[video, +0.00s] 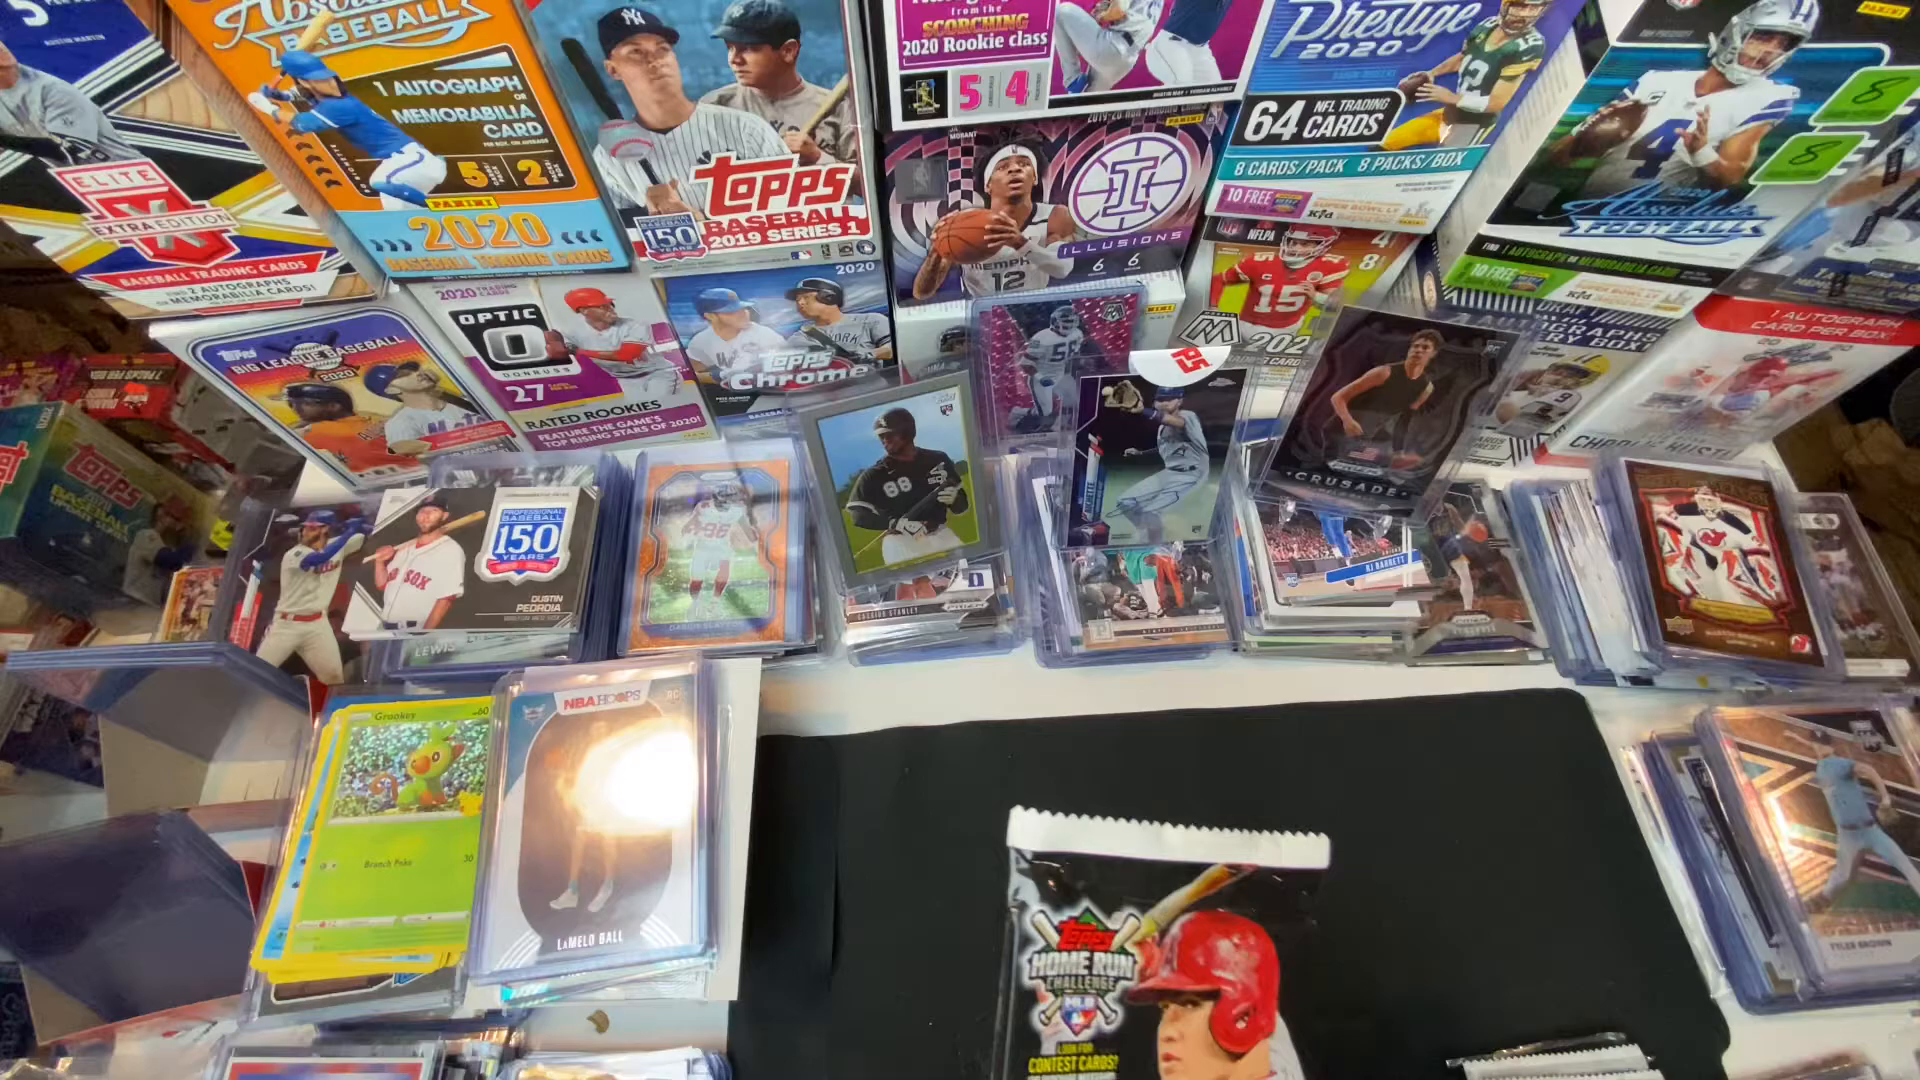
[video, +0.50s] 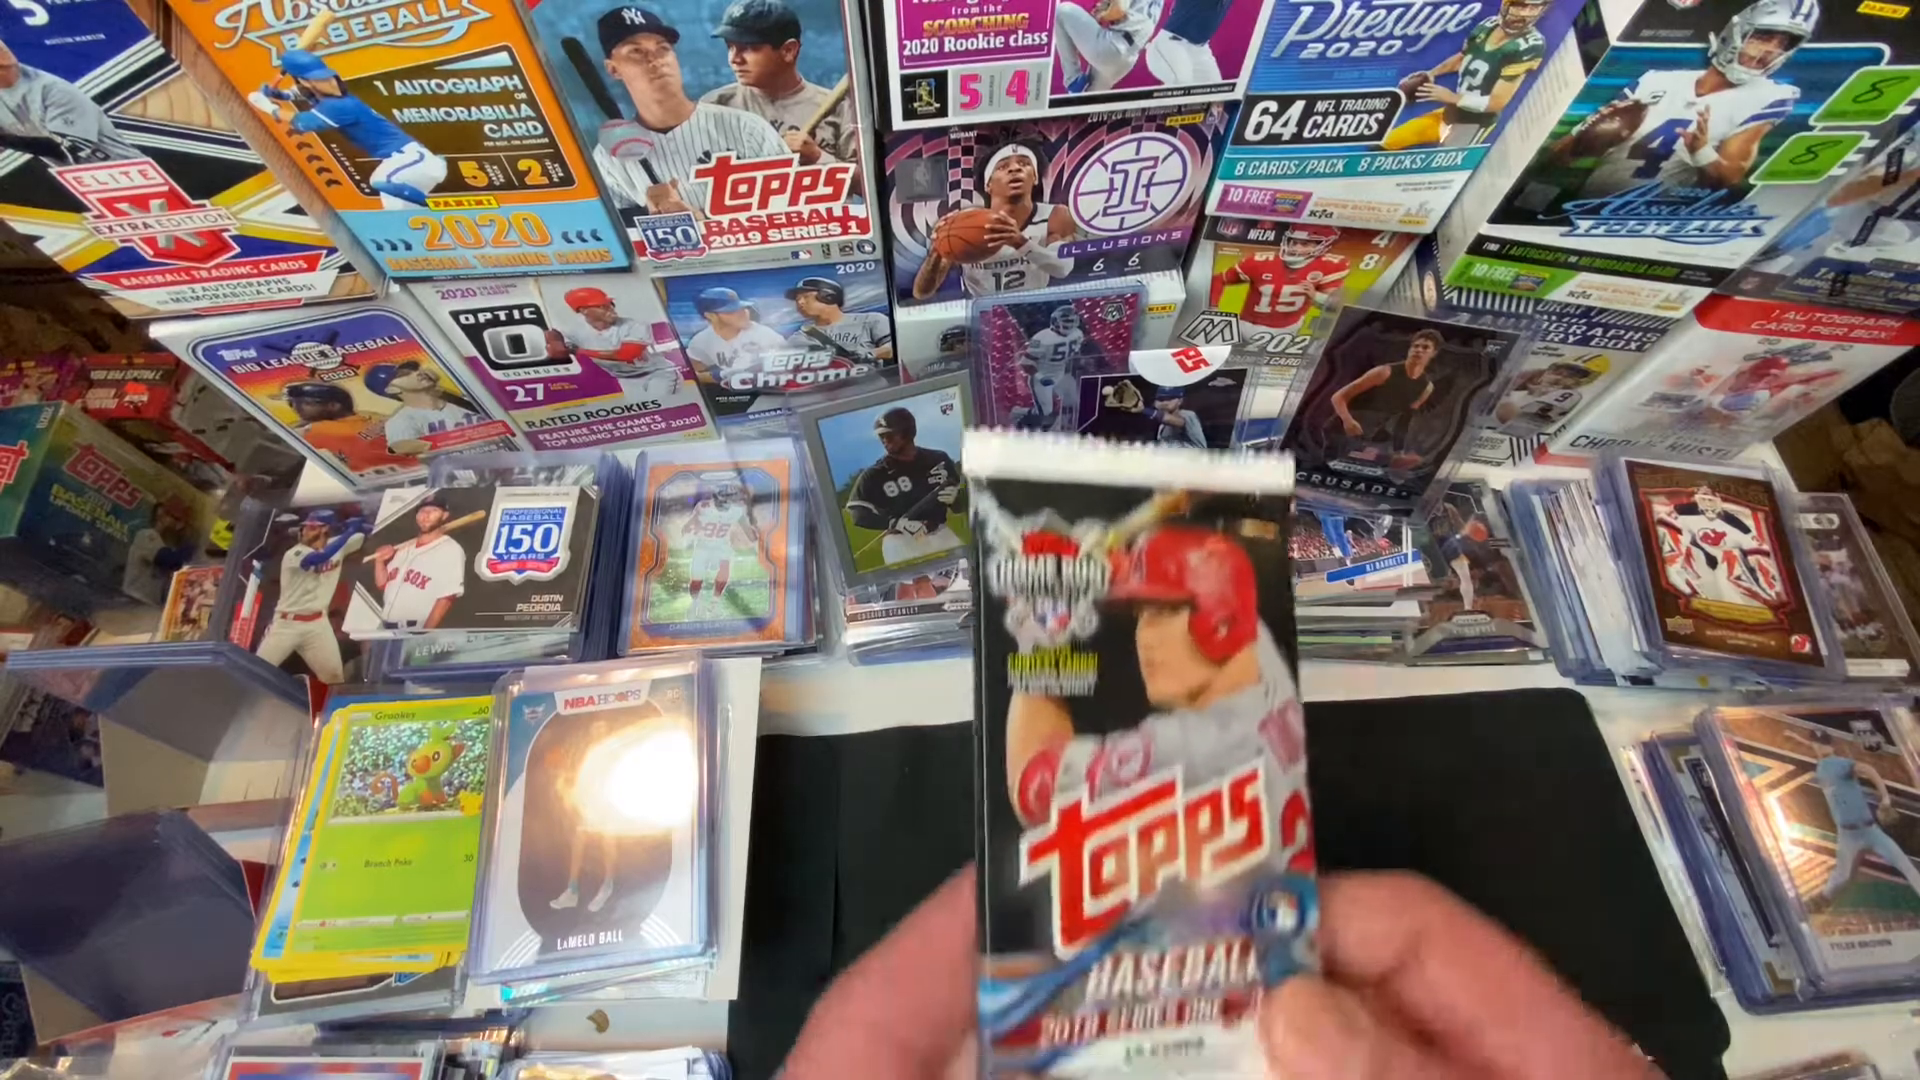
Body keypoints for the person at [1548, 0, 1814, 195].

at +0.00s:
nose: (1769, 51)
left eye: (1782, 46)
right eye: (1764, 37)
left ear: (1787, 57)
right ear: (1738, 34)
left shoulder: (1766, 99)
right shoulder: (1656, 82)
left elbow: (1733, 178)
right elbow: (1559, 156)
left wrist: (1701, 153)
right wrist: (1584, 136)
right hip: (1592, 207)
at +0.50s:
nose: (1769, 51)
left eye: (1782, 46)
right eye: (1764, 37)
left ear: (1787, 57)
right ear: (1737, 33)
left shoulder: (1765, 99)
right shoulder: (1656, 82)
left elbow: (1732, 178)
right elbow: (1556, 157)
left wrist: (1702, 153)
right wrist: (1583, 137)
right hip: (1593, 207)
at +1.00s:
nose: (1770, 52)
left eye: (1783, 46)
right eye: (1764, 37)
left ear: (1789, 56)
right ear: (1738, 32)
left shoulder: (1764, 100)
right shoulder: (1657, 83)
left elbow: (1735, 176)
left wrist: (1702, 154)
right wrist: (1583, 140)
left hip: (1660, 222)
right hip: (1593, 204)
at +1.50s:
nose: (1770, 51)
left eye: (1784, 45)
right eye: (1764, 37)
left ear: (1789, 56)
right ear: (1738, 33)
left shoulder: (1761, 101)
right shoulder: (1658, 83)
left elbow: (1735, 176)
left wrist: (1702, 154)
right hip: (1593, 207)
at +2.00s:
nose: (1770, 52)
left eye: (1783, 45)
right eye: (1764, 37)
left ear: (1789, 56)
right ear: (1737, 33)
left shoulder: (1762, 100)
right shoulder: (1657, 83)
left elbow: (1735, 177)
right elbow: (1561, 153)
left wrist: (1703, 154)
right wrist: (1585, 140)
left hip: (1658, 224)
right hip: (1591, 206)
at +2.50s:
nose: (1770, 51)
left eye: (1783, 45)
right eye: (1764, 37)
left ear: (1789, 56)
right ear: (1737, 33)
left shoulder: (1761, 102)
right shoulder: (1658, 83)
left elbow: (1735, 176)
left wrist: (1703, 154)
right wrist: (1579, 141)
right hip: (1591, 204)